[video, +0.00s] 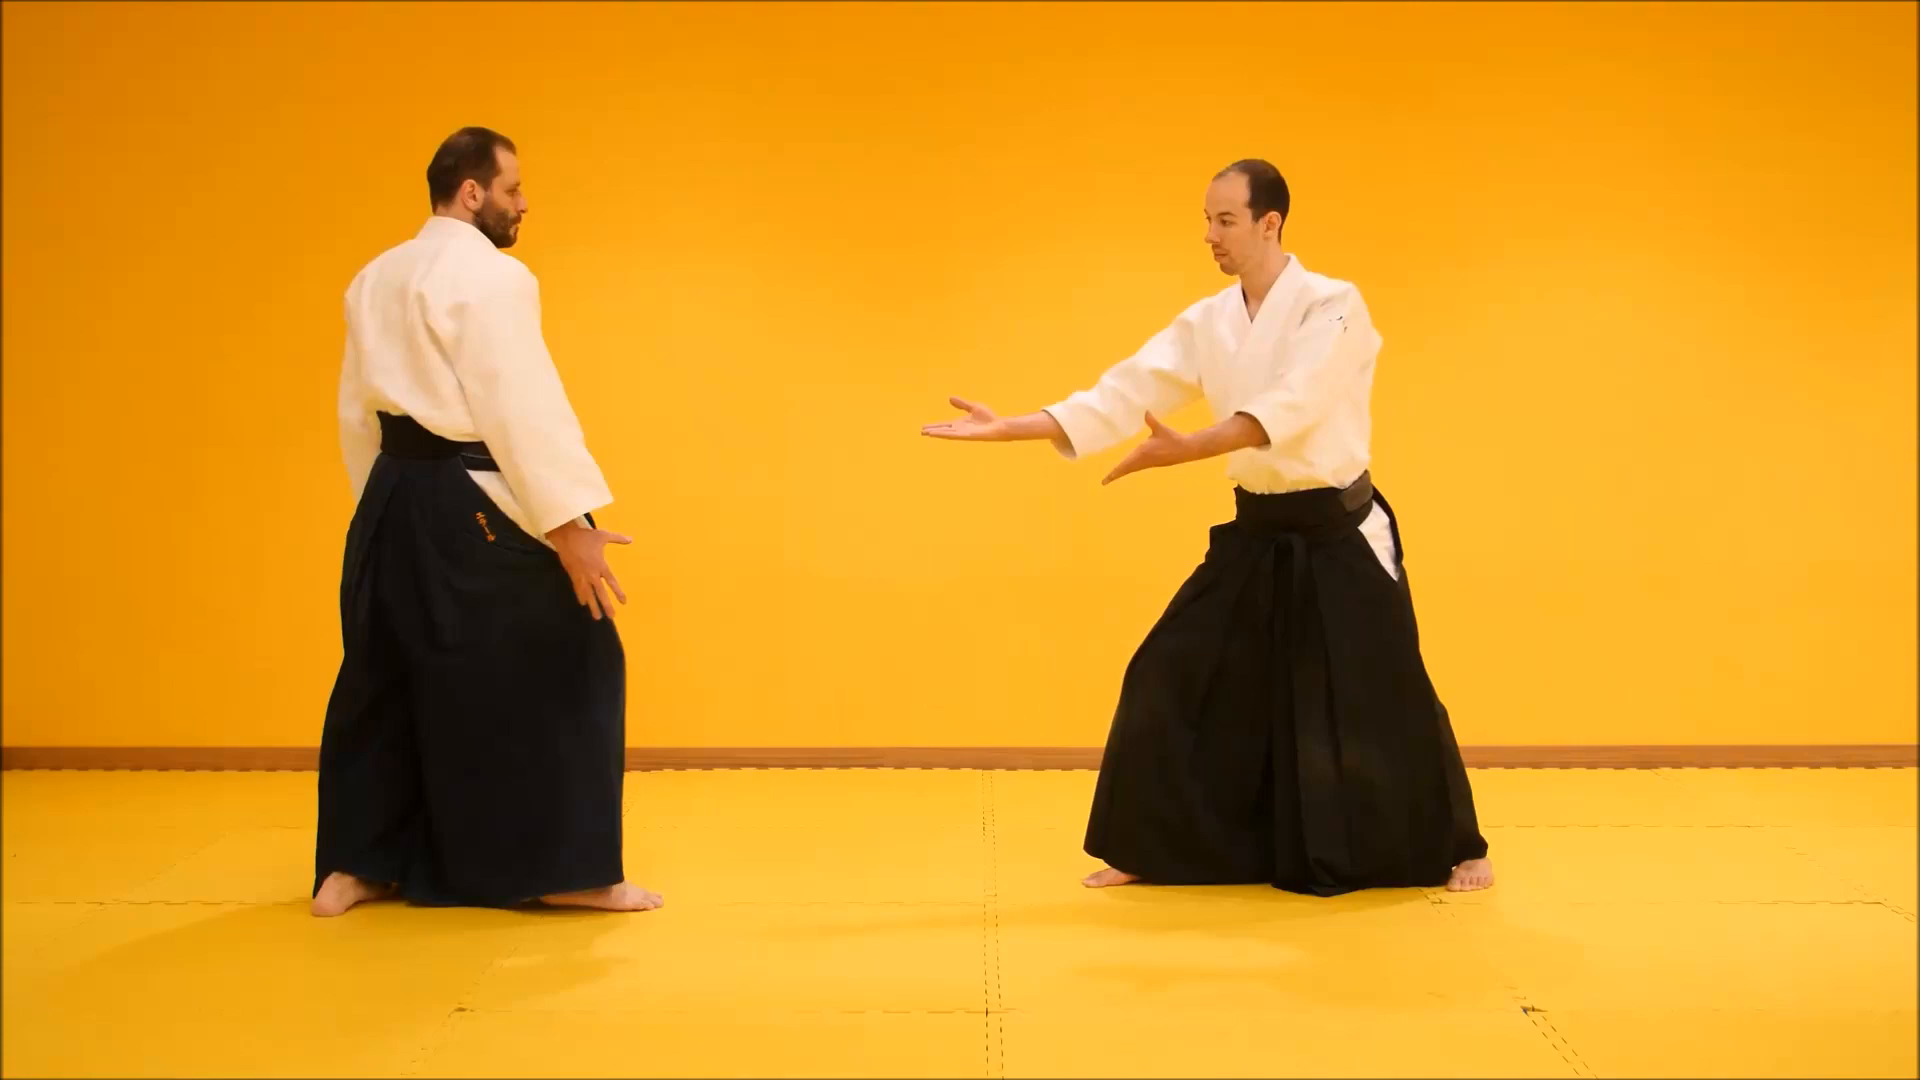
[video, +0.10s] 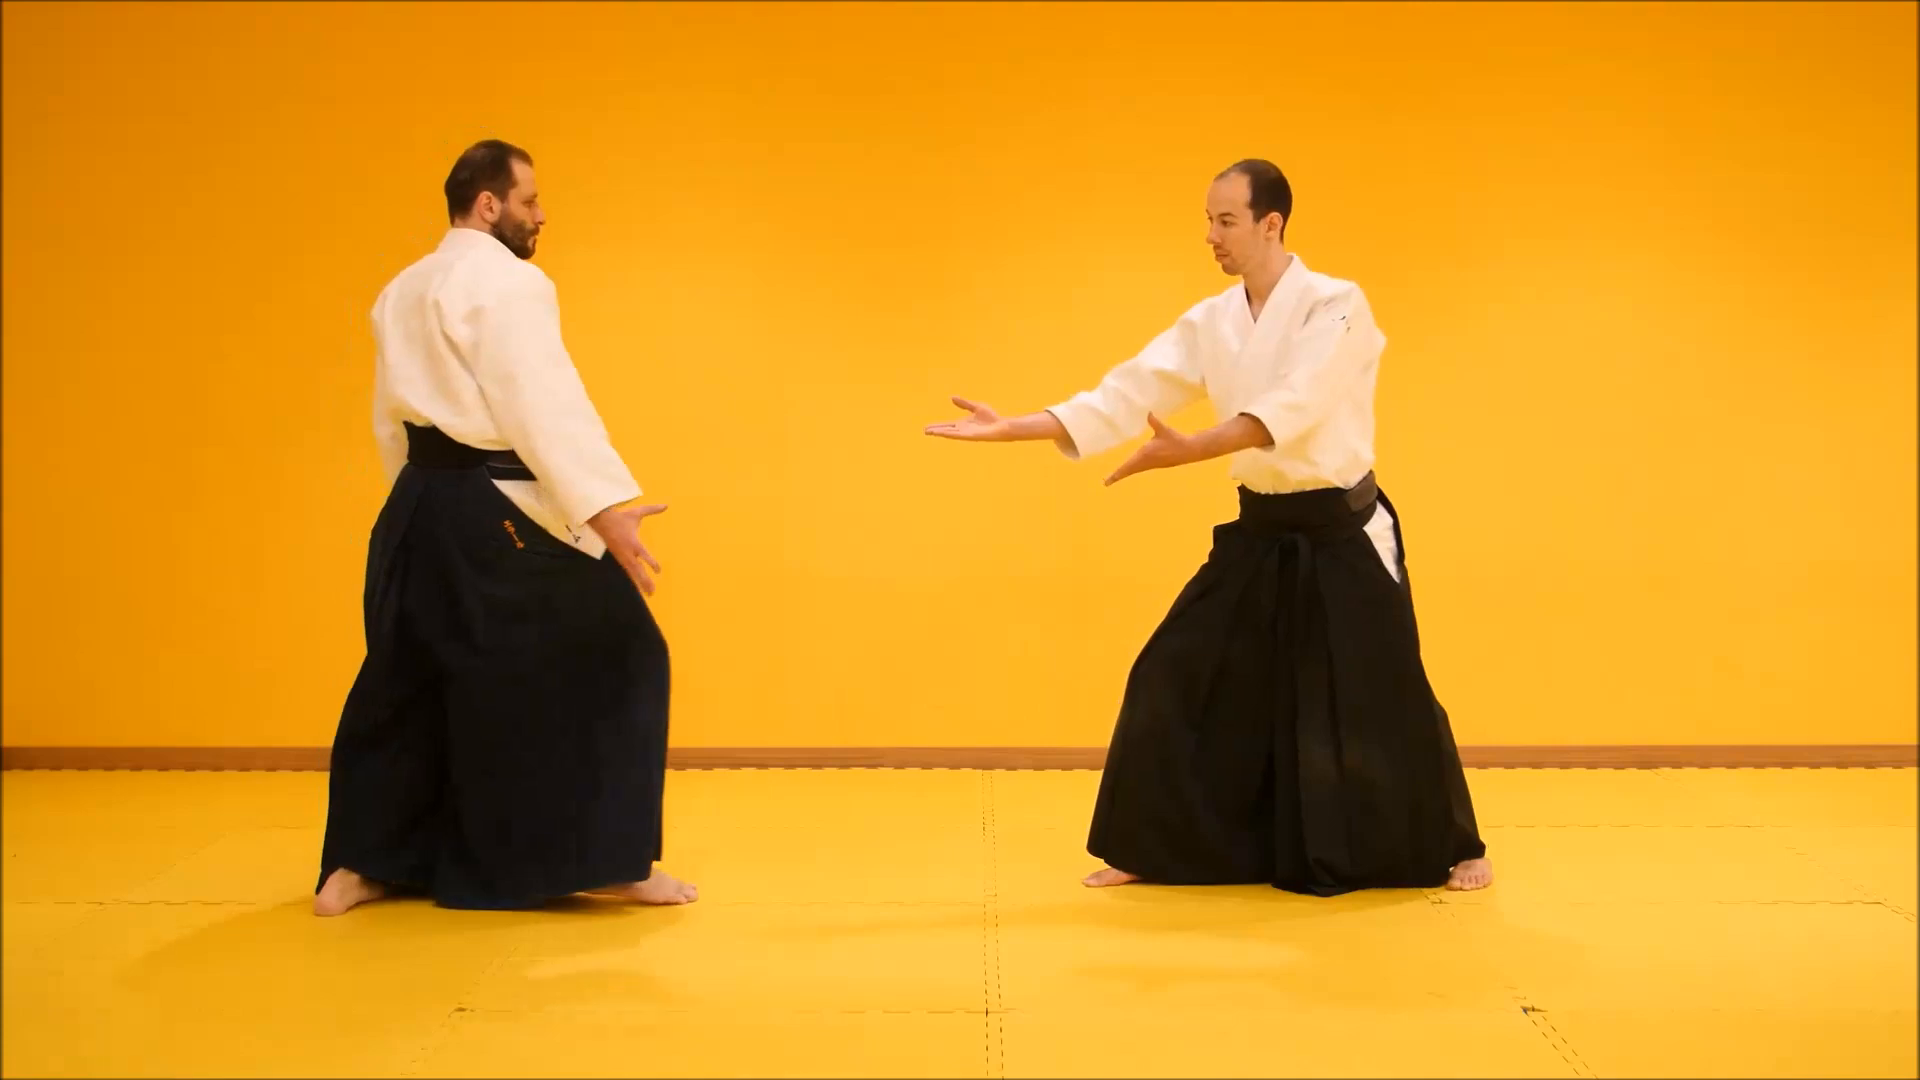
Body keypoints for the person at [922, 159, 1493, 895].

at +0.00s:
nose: (1210, 236)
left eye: (1222, 220)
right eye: (1207, 221)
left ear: (1271, 220)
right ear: (1223, 226)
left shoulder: (1333, 306)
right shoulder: (1209, 322)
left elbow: (1293, 408)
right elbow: (1119, 394)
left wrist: (1189, 446)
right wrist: (1004, 426)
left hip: (1343, 531)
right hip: (1254, 535)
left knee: (1394, 689)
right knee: (1161, 675)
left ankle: (1461, 846)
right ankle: (1147, 846)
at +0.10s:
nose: (1211, 237)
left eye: (1223, 220)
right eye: (1208, 222)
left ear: (1272, 221)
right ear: (1226, 227)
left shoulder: (1338, 307)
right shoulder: (1212, 322)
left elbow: (1295, 407)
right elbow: (1121, 395)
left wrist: (1192, 447)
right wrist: (1007, 426)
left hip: (1346, 531)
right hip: (1257, 535)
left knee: (1393, 690)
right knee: (1165, 676)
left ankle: (1460, 846)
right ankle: (1147, 846)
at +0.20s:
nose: (1204, 240)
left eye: (1216, 223)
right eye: (1203, 225)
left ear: (1265, 225)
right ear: (1235, 229)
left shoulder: (1334, 310)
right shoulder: (1212, 325)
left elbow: (1290, 414)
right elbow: (1124, 398)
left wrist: (1180, 449)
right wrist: (1012, 427)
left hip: (1347, 533)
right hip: (1259, 537)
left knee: (1395, 690)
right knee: (1163, 670)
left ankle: (1460, 845)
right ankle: (1150, 845)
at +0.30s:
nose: (1178, 250)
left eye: (1190, 234)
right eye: (1178, 235)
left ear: (1238, 239)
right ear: (1223, 242)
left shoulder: (1310, 329)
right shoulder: (1199, 336)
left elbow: (1226, 416)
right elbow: (1110, 403)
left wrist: (1115, 429)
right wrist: (1001, 427)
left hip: (1337, 545)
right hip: (1254, 549)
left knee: (1391, 696)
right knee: (1150, 665)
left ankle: (1458, 845)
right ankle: (1182, 851)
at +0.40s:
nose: (1138, 269)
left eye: (1147, 253)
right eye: (1138, 254)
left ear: (1191, 257)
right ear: (1183, 259)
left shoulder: (1252, 336)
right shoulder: (1170, 353)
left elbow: (1145, 396)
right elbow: (1096, 427)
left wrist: (1023, 387)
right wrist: (980, 428)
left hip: (1307, 557)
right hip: (1231, 565)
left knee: (1364, 705)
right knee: (1129, 685)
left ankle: (1462, 836)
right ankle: (1176, 851)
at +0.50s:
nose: (1092, 276)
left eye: (1099, 261)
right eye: (1092, 261)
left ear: (1139, 265)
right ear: (1143, 265)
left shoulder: (1174, 335)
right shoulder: (1149, 346)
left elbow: (1058, 382)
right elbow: (1082, 435)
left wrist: (950, 355)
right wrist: (996, 410)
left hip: (1249, 561)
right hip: (1195, 564)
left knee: (1274, 746)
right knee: (1114, 687)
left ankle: (1430, 794)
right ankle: (1166, 855)